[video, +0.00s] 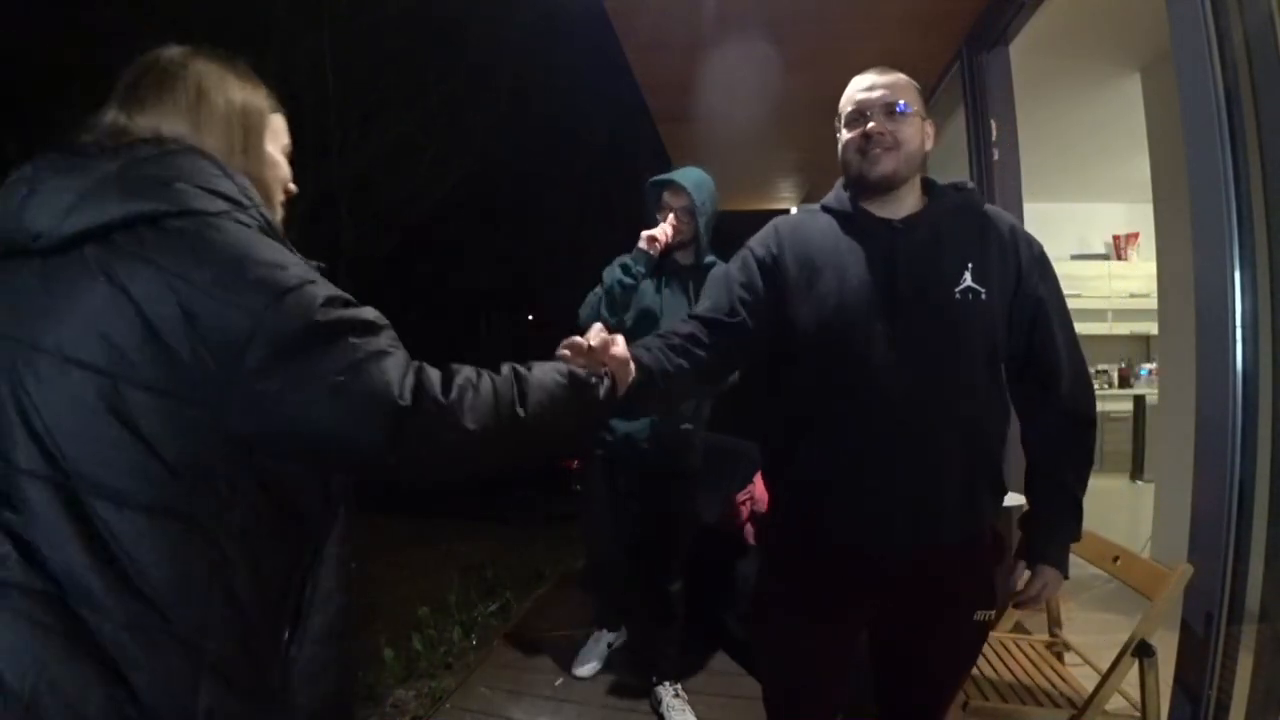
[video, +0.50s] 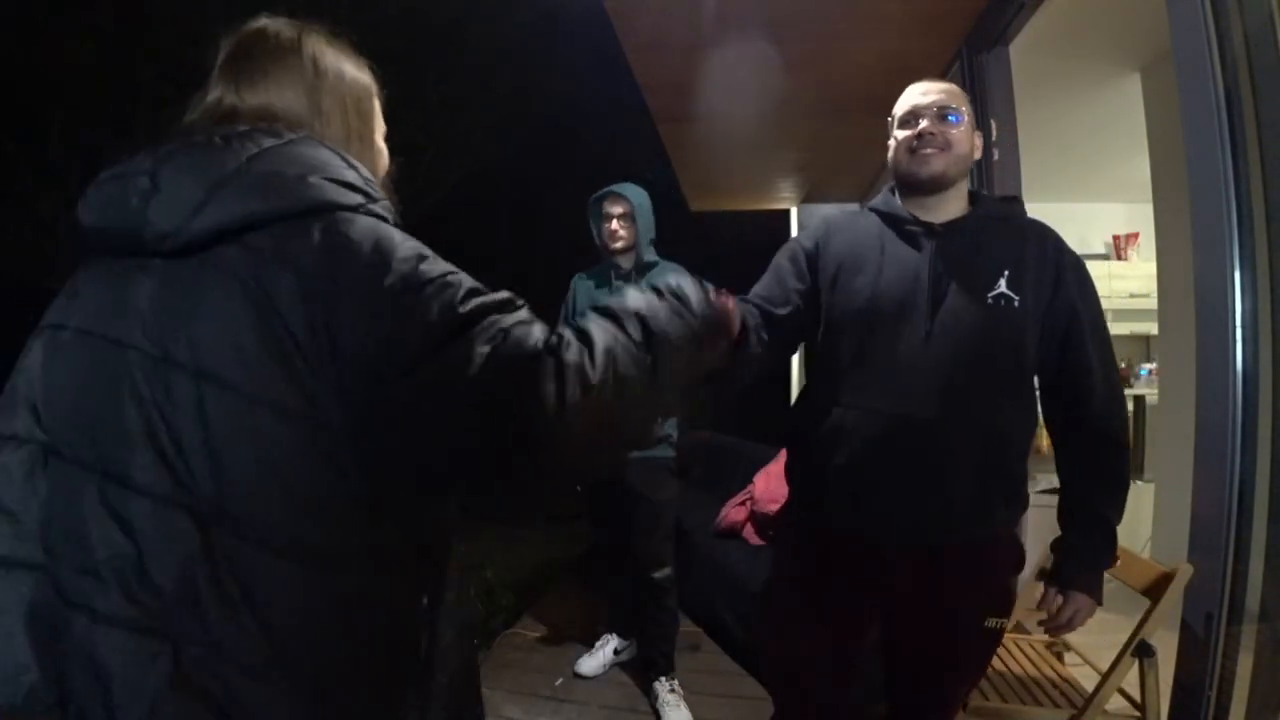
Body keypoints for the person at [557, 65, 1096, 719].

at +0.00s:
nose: (872, 125)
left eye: (892, 110)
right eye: (855, 117)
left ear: (930, 134)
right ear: (837, 145)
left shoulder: (1001, 248)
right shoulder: (786, 244)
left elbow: (1060, 405)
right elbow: (702, 340)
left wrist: (1049, 545)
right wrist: (632, 367)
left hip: (951, 549)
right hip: (813, 546)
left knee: (916, 709)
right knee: (806, 708)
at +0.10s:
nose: (880, 122)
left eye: (901, 109)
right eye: (862, 115)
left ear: (935, 135)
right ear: (843, 145)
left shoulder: (1002, 246)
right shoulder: (789, 245)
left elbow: (1062, 405)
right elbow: (707, 340)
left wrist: (1053, 541)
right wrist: (647, 364)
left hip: (952, 549)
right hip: (816, 546)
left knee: (918, 706)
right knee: (811, 706)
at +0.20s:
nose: (888, 122)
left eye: (910, 110)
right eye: (871, 116)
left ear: (944, 136)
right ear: (854, 147)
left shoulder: (1010, 250)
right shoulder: (800, 240)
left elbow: (1069, 410)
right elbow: (723, 347)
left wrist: (1056, 547)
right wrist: (673, 373)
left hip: (955, 548)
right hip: (817, 543)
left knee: (919, 707)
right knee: (811, 706)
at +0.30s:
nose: (901, 123)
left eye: (922, 111)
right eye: (884, 116)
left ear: (955, 138)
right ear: (865, 147)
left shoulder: (1019, 252)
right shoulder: (808, 240)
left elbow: (1076, 413)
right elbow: (733, 342)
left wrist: (1061, 551)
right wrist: (680, 385)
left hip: (961, 550)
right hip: (823, 543)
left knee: (921, 706)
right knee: (812, 705)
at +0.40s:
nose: (913, 124)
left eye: (935, 114)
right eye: (896, 117)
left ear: (968, 141)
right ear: (877, 148)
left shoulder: (1027, 252)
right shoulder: (817, 240)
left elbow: (1083, 413)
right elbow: (743, 332)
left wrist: (1071, 554)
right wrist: (701, 372)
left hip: (965, 548)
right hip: (828, 538)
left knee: (924, 703)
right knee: (814, 703)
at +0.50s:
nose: (925, 125)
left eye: (947, 115)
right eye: (908, 119)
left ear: (982, 143)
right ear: (887, 149)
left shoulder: (1037, 255)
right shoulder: (828, 238)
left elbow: (1092, 415)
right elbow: (758, 329)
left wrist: (1083, 553)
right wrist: (716, 329)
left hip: (966, 551)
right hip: (829, 539)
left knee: (927, 705)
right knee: (816, 703)